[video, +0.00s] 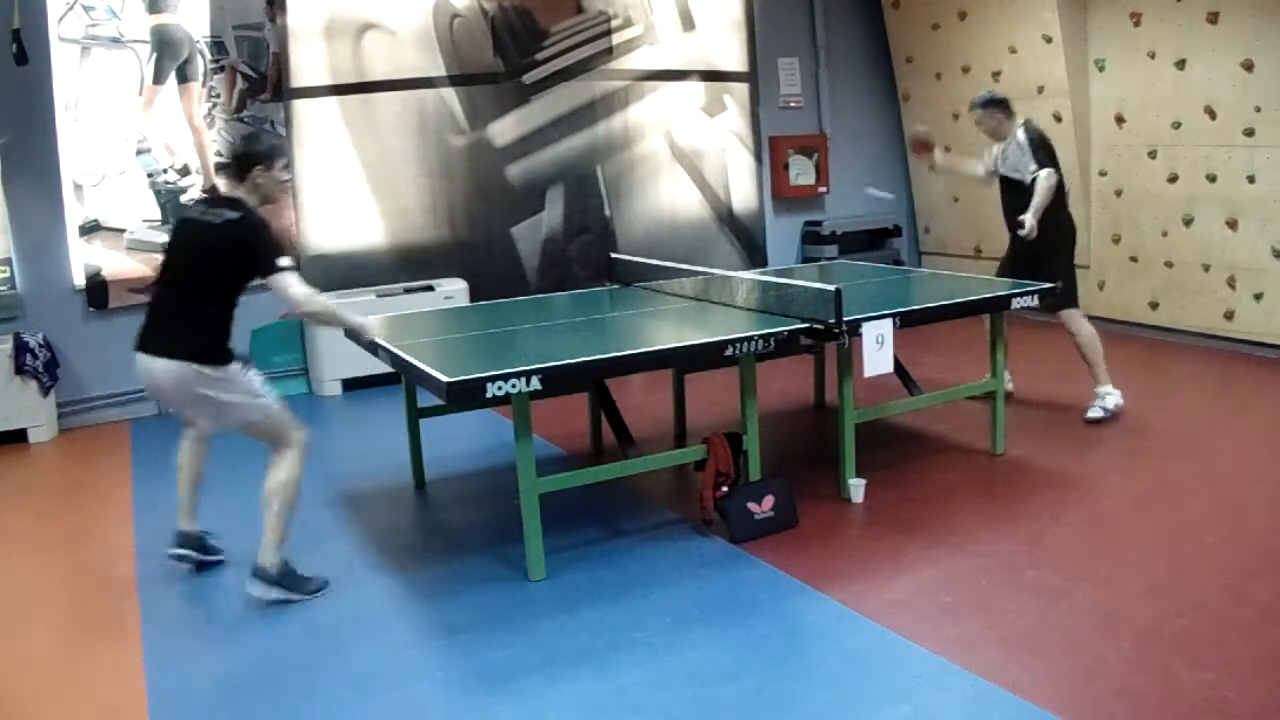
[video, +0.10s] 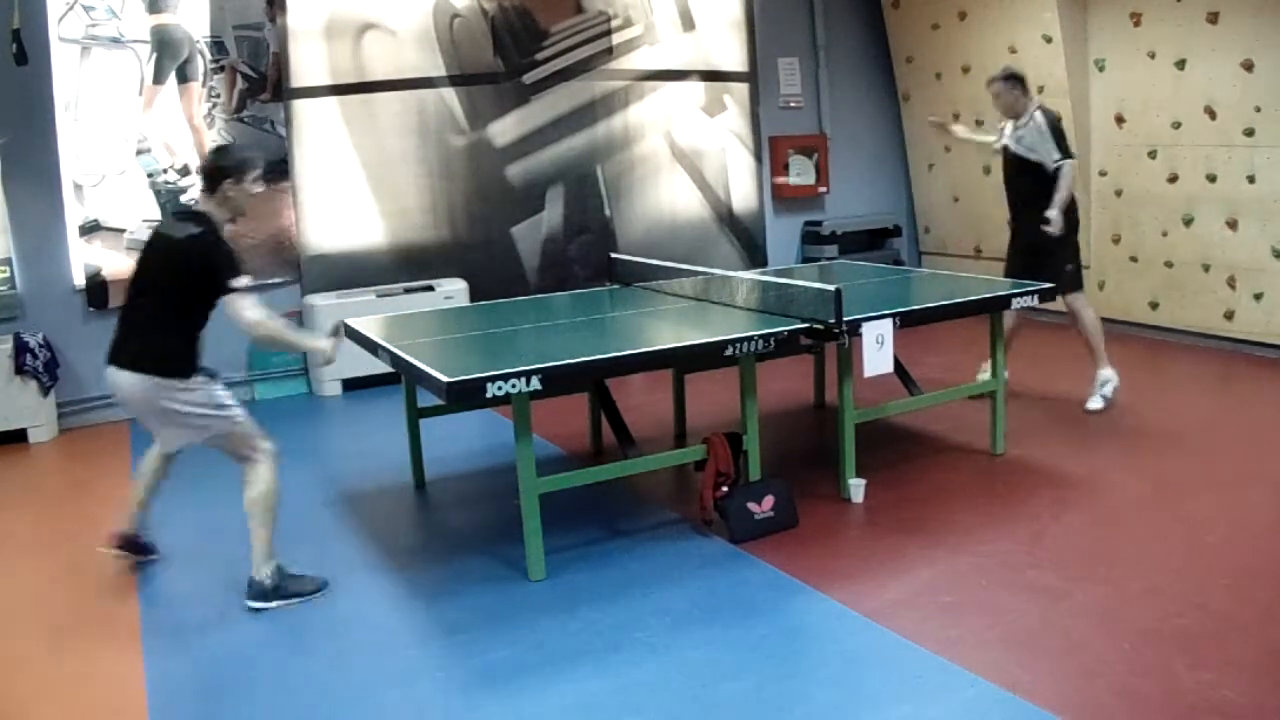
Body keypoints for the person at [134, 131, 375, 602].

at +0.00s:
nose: (286, 179)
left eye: (285, 169)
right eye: (281, 170)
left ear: (234, 171)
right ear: (257, 173)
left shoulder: (194, 213)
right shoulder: (251, 229)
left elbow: (174, 275)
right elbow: (301, 301)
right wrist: (350, 323)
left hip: (151, 358)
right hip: (200, 367)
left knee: (198, 423)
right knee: (290, 439)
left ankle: (187, 534)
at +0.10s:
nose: (258, 193)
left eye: (258, 184)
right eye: (253, 184)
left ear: (210, 185)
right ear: (227, 186)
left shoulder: (170, 226)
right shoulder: (211, 246)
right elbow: (253, 319)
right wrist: (318, 344)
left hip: (123, 372)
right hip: (168, 380)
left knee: (170, 438)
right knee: (260, 453)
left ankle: (131, 530)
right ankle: (265, 575)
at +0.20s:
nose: (224, 207)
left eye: (223, 197)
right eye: (218, 197)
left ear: (183, 199)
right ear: (191, 199)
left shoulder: (148, 239)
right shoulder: (162, 251)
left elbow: (145, 324)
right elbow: (173, 339)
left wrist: (175, 375)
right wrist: (252, 373)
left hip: (97, 375)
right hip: (125, 382)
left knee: (145, 459)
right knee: (212, 457)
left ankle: (90, 551)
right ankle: (259, 577)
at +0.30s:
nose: (185, 213)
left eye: (184, 205)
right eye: (178, 206)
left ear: (152, 208)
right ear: (149, 208)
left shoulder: (143, 252)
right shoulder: (107, 261)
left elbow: (137, 315)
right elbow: (98, 355)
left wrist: (180, 373)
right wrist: (173, 389)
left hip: (95, 376)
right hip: (65, 383)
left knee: (140, 458)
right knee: (147, 459)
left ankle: (89, 551)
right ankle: (194, 585)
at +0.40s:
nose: (134, 219)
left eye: (134, 210)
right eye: (128, 211)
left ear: (111, 214)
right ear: (101, 214)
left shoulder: (117, 254)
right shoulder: (57, 264)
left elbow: (128, 311)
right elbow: (48, 361)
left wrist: (176, 356)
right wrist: (125, 379)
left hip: (76, 378)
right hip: (34, 388)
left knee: (131, 457)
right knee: (101, 471)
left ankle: (86, 552)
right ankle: (60, 601)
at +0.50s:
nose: (88, 232)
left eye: (87, 222)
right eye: (79, 225)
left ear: (72, 224)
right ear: (51, 228)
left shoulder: (82, 259)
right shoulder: (9, 282)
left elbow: (114, 308)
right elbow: (16, 377)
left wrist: (163, 340)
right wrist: (64, 360)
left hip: (68, 392)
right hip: (18, 408)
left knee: (126, 461)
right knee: (36, 504)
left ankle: (88, 550)